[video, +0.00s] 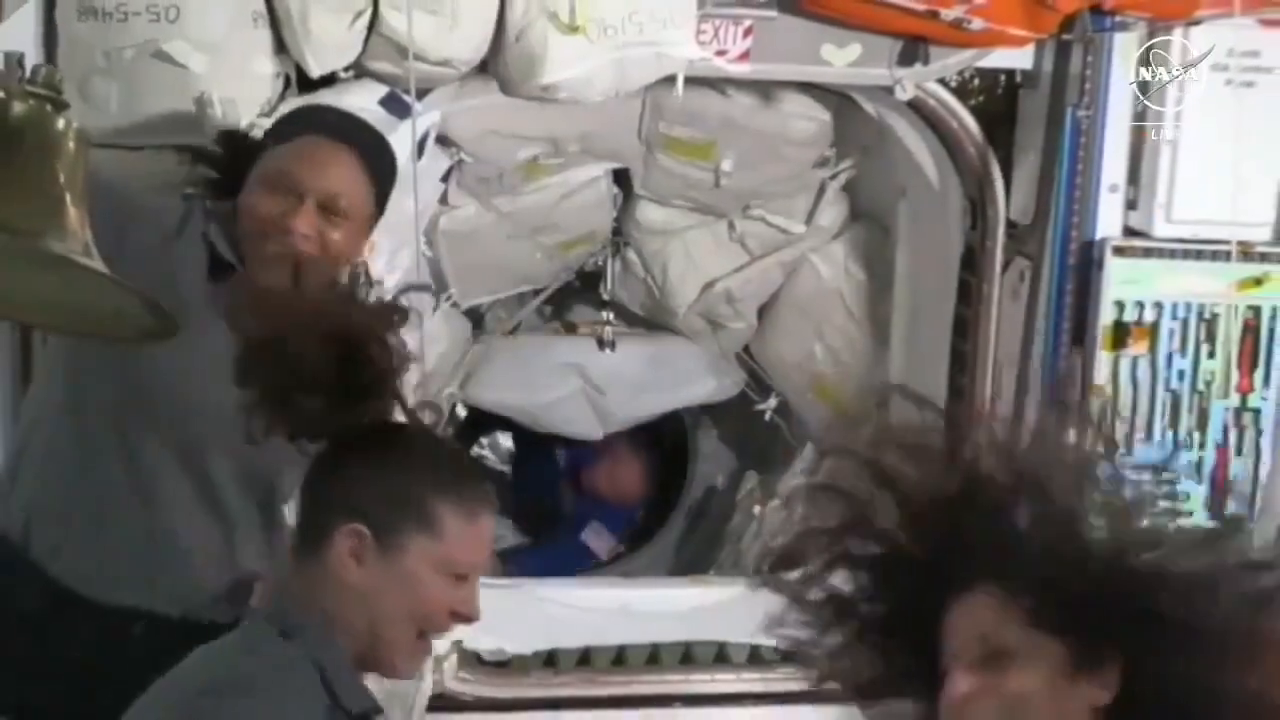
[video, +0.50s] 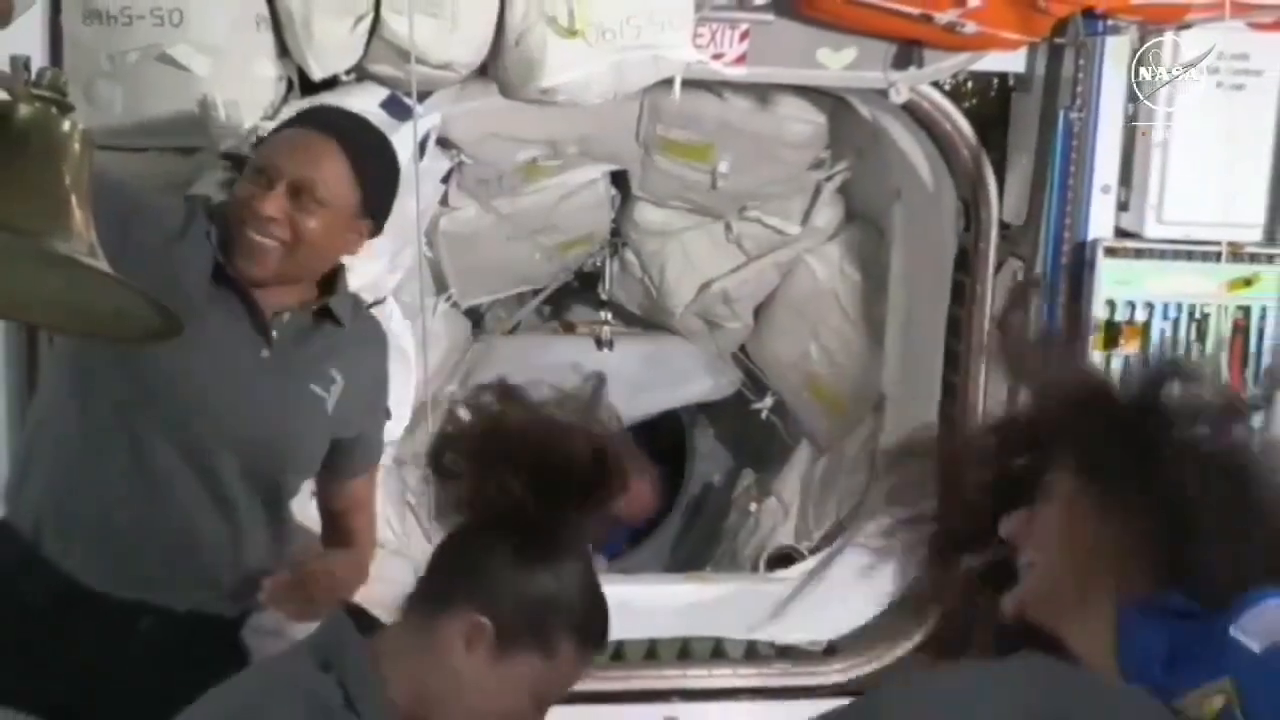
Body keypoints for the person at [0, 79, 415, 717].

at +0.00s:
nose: (297, 226)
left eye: (331, 212)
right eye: (281, 192)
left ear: (363, 243)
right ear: (243, 186)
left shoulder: (344, 352)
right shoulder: (122, 227)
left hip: (198, 640)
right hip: (37, 602)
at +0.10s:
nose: (299, 224)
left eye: (335, 212)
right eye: (284, 189)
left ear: (365, 240)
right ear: (245, 182)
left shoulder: (340, 347)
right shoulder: (133, 228)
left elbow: (346, 529)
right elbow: (29, 159)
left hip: (195, 641)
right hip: (39, 605)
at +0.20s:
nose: (300, 223)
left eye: (335, 212)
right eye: (285, 189)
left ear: (363, 241)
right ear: (246, 183)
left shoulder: (347, 354)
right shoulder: (138, 228)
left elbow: (343, 509)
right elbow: (29, 173)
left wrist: (344, 564)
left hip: (197, 642)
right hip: (40, 602)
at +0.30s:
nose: (293, 220)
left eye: (329, 209)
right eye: (281, 187)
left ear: (360, 238)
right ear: (245, 180)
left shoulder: (352, 347)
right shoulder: (136, 231)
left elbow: (348, 535)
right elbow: (28, 175)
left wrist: (338, 567)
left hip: (196, 645)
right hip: (39, 603)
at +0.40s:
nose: (278, 214)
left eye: (315, 204)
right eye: (270, 183)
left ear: (357, 237)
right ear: (242, 178)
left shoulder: (354, 348)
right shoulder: (141, 232)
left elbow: (348, 520)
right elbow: (30, 167)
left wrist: (343, 568)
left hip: (195, 645)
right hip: (37, 599)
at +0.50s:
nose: (267, 205)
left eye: (305, 199)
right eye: (261, 177)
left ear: (357, 236)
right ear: (239, 174)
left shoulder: (354, 348)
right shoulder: (144, 233)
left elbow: (350, 525)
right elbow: (31, 169)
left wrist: (342, 569)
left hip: (194, 643)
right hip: (36, 594)